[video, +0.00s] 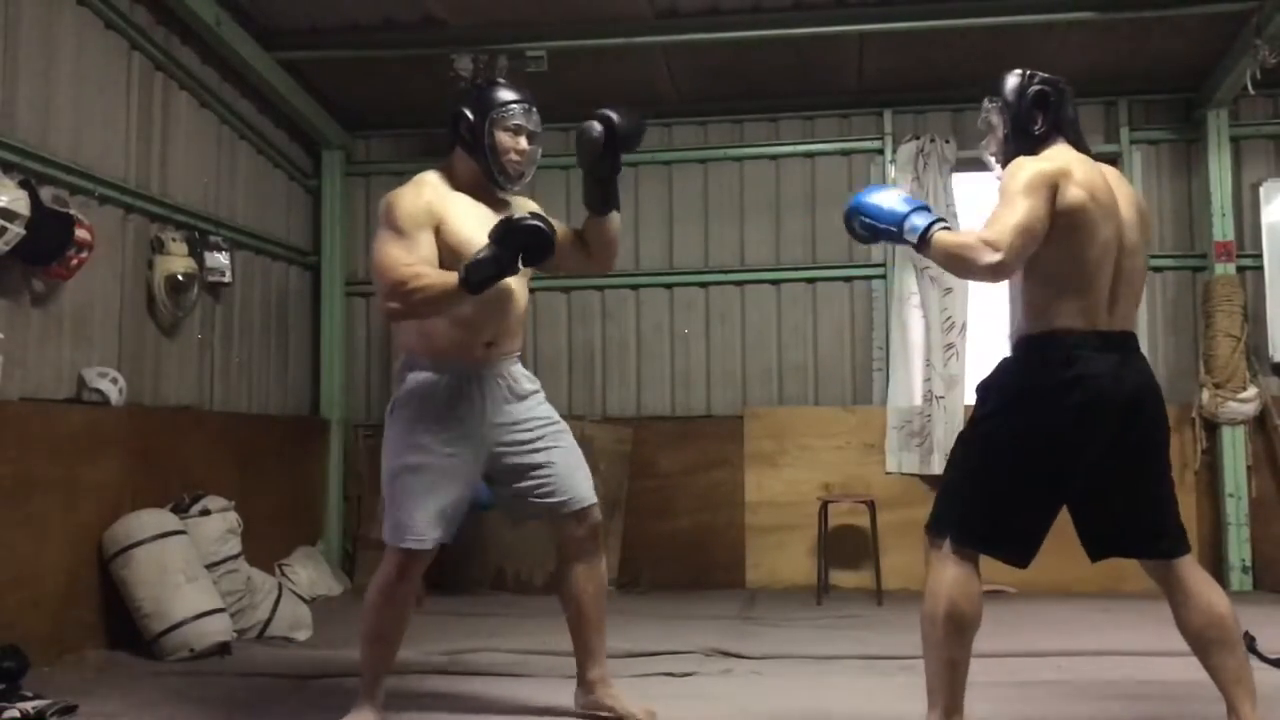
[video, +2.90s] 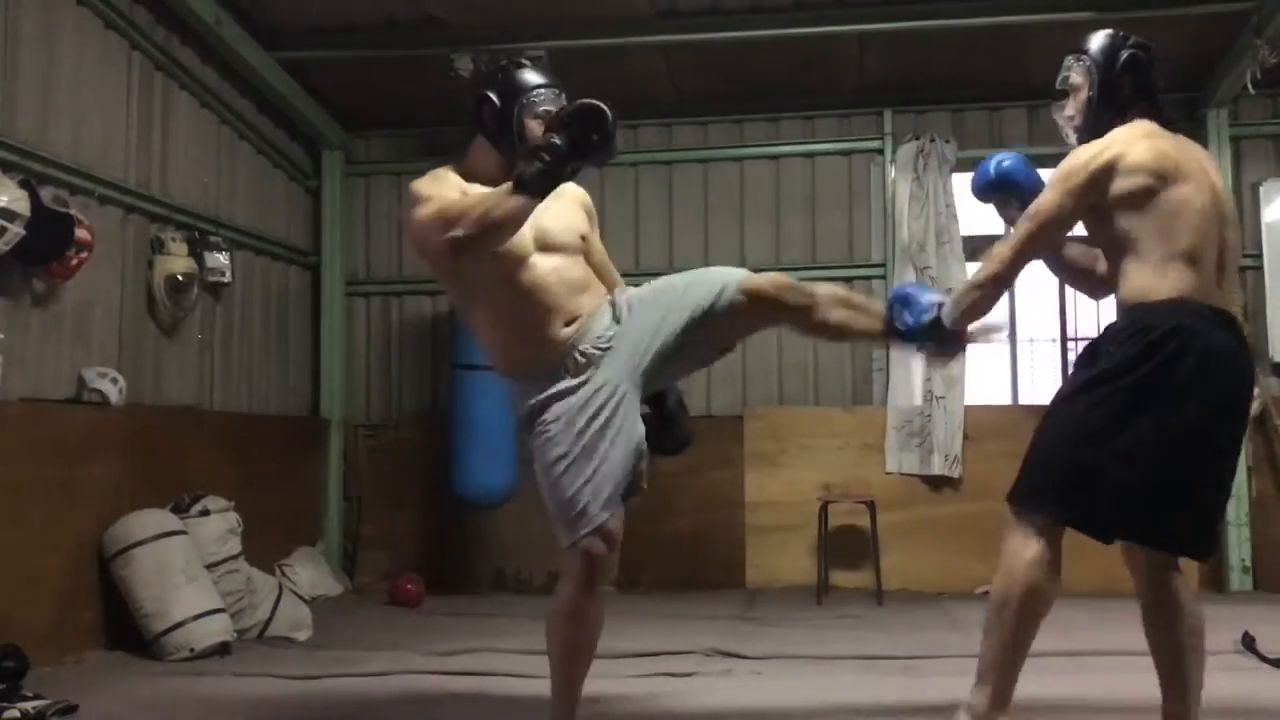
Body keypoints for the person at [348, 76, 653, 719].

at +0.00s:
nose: (527, 147)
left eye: (533, 136)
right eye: (514, 132)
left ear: (534, 144)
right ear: (472, 131)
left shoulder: (521, 210)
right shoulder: (416, 198)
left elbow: (595, 258)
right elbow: (396, 294)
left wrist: (601, 178)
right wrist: (480, 272)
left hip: (511, 387)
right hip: (433, 392)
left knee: (582, 521)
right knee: (409, 553)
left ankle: (595, 684)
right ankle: (368, 699)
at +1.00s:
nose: (599, 126)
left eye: (603, 114)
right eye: (586, 111)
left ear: (603, 123)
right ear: (543, 114)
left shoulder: (591, 196)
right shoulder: (490, 182)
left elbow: (670, 226)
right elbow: (455, 280)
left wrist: (663, 146)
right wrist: (542, 257)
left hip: (594, 378)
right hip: (521, 386)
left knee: (634, 532)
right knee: (494, 557)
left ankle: (646, 696)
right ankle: (430, 699)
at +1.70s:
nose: (567, 122)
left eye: (571, 109)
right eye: (554, 106)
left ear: (566, 116)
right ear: (507, 104)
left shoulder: (542, 200)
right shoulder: (444, 170)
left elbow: (593, 288)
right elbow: (443, 263)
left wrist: (652, 248)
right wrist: (533, 199)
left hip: (540, 377)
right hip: (460, 383)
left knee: (623, 515)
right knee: (446, 558)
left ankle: (607, 677)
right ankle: (394, 707)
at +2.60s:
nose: (604, 119)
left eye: (608, 107)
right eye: (590, 102)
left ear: (602, 115)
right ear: (544, 103)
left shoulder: (584, 188)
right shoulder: (481, 174)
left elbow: (660, 246)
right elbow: (435, 267)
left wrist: (687, 174)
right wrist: (537, 247)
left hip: (585, 382)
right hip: (508, 389)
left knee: (635, 536)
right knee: (477, 566)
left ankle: (644, 705)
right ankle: (409, 706)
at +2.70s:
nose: (582, 105)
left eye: (587, 93)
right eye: (568, 90)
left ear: (587, 103)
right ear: (522, 93)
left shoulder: (588, 174)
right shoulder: (469, 171)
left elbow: (667, 219)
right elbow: (424, 267)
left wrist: (736, 175)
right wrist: (518, 240)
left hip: (603, 370)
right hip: (527, 382)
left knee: (662, 518)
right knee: (566, 537)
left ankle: (653, 692)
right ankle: (502, 689)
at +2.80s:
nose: (554, 123)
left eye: (559, 110)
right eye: (539, 108)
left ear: (563, 118)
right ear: (494, 107)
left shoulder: (572, 191)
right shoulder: (442, 186)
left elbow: (648, 263)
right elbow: (439, 255)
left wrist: (730, 318)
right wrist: (525, 195)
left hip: (615, 346)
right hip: (545, 389)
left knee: (762, 417)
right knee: (586, 553)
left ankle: (749, 552)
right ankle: (559, 711)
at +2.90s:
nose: (553, 134)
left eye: (556, 121)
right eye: (540, 120)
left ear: (556, 127)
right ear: (496, 119)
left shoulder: (568, 194)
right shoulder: (436, 191)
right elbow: (460, 236)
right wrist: (541, 174)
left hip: (626, 323)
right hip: (565, 391)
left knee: (768, 290)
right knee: (591, 558)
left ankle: (922, 329)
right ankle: (564, 710)